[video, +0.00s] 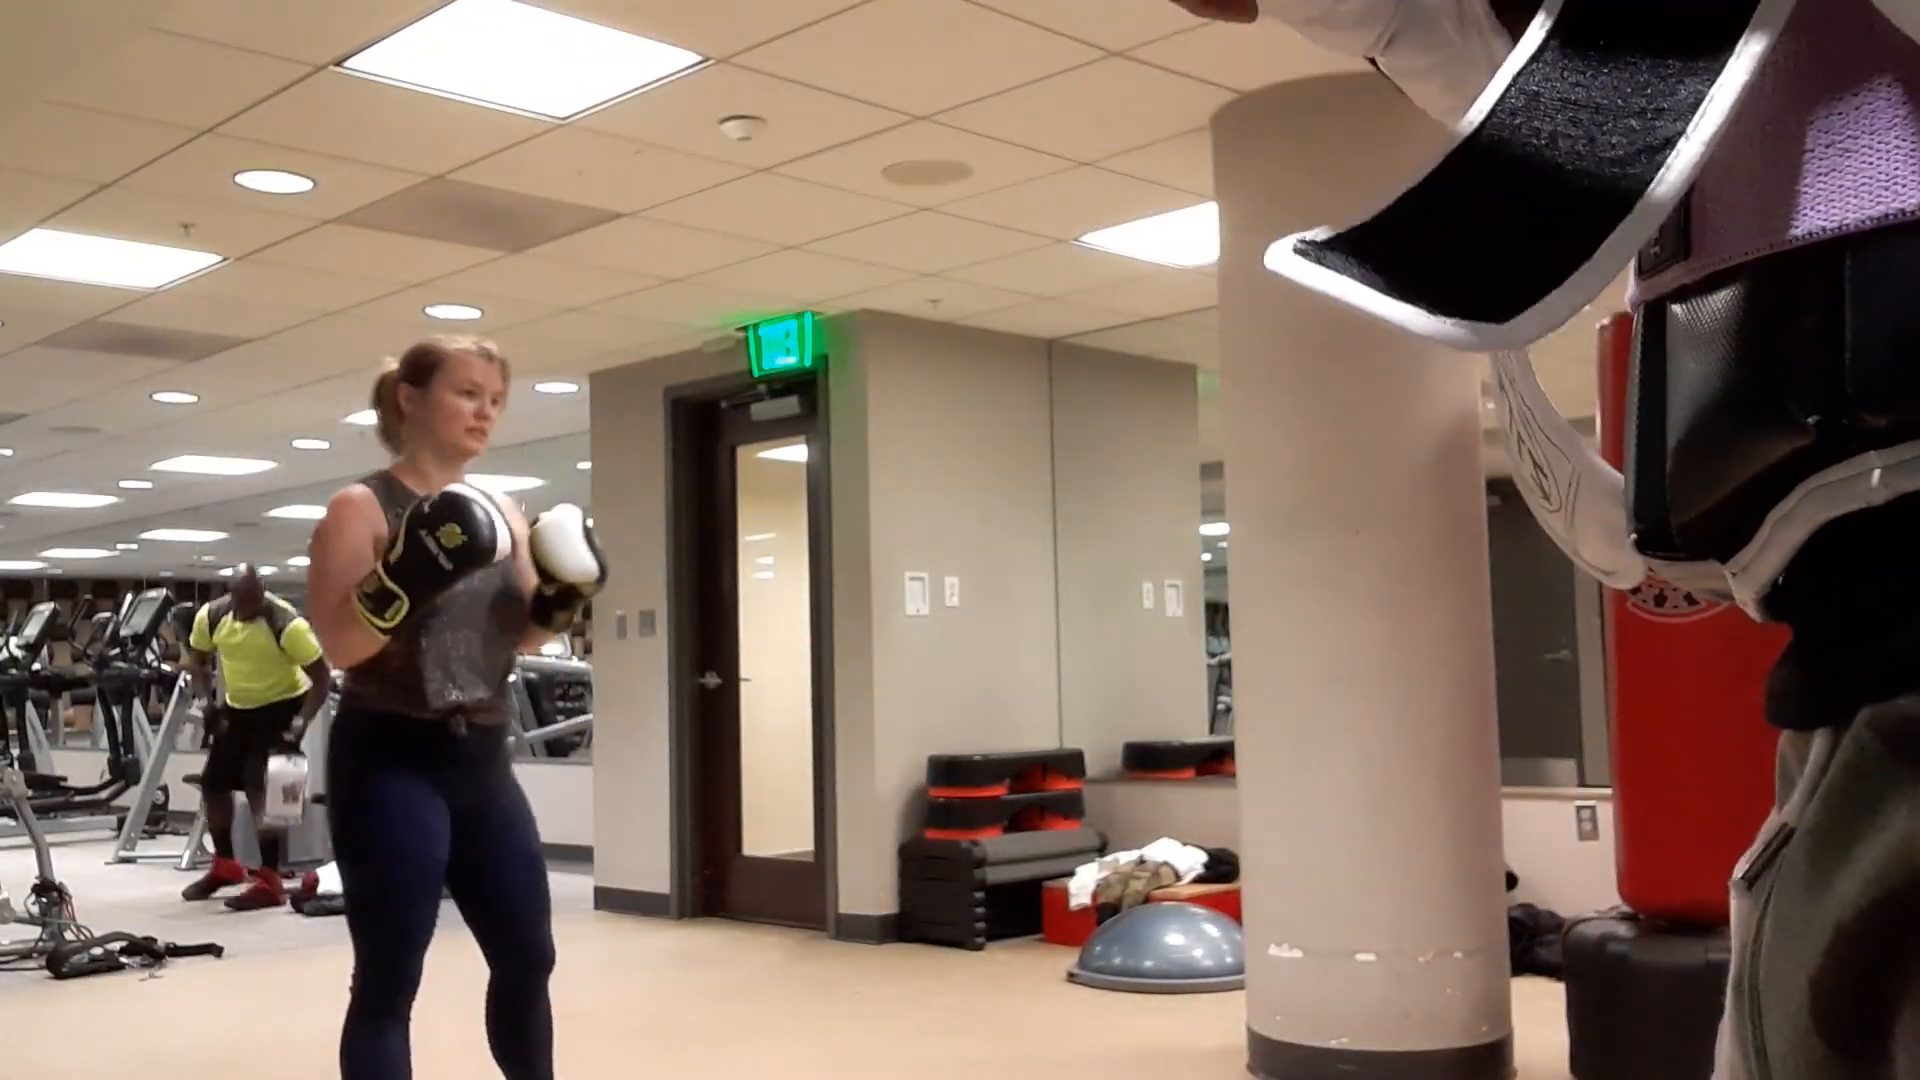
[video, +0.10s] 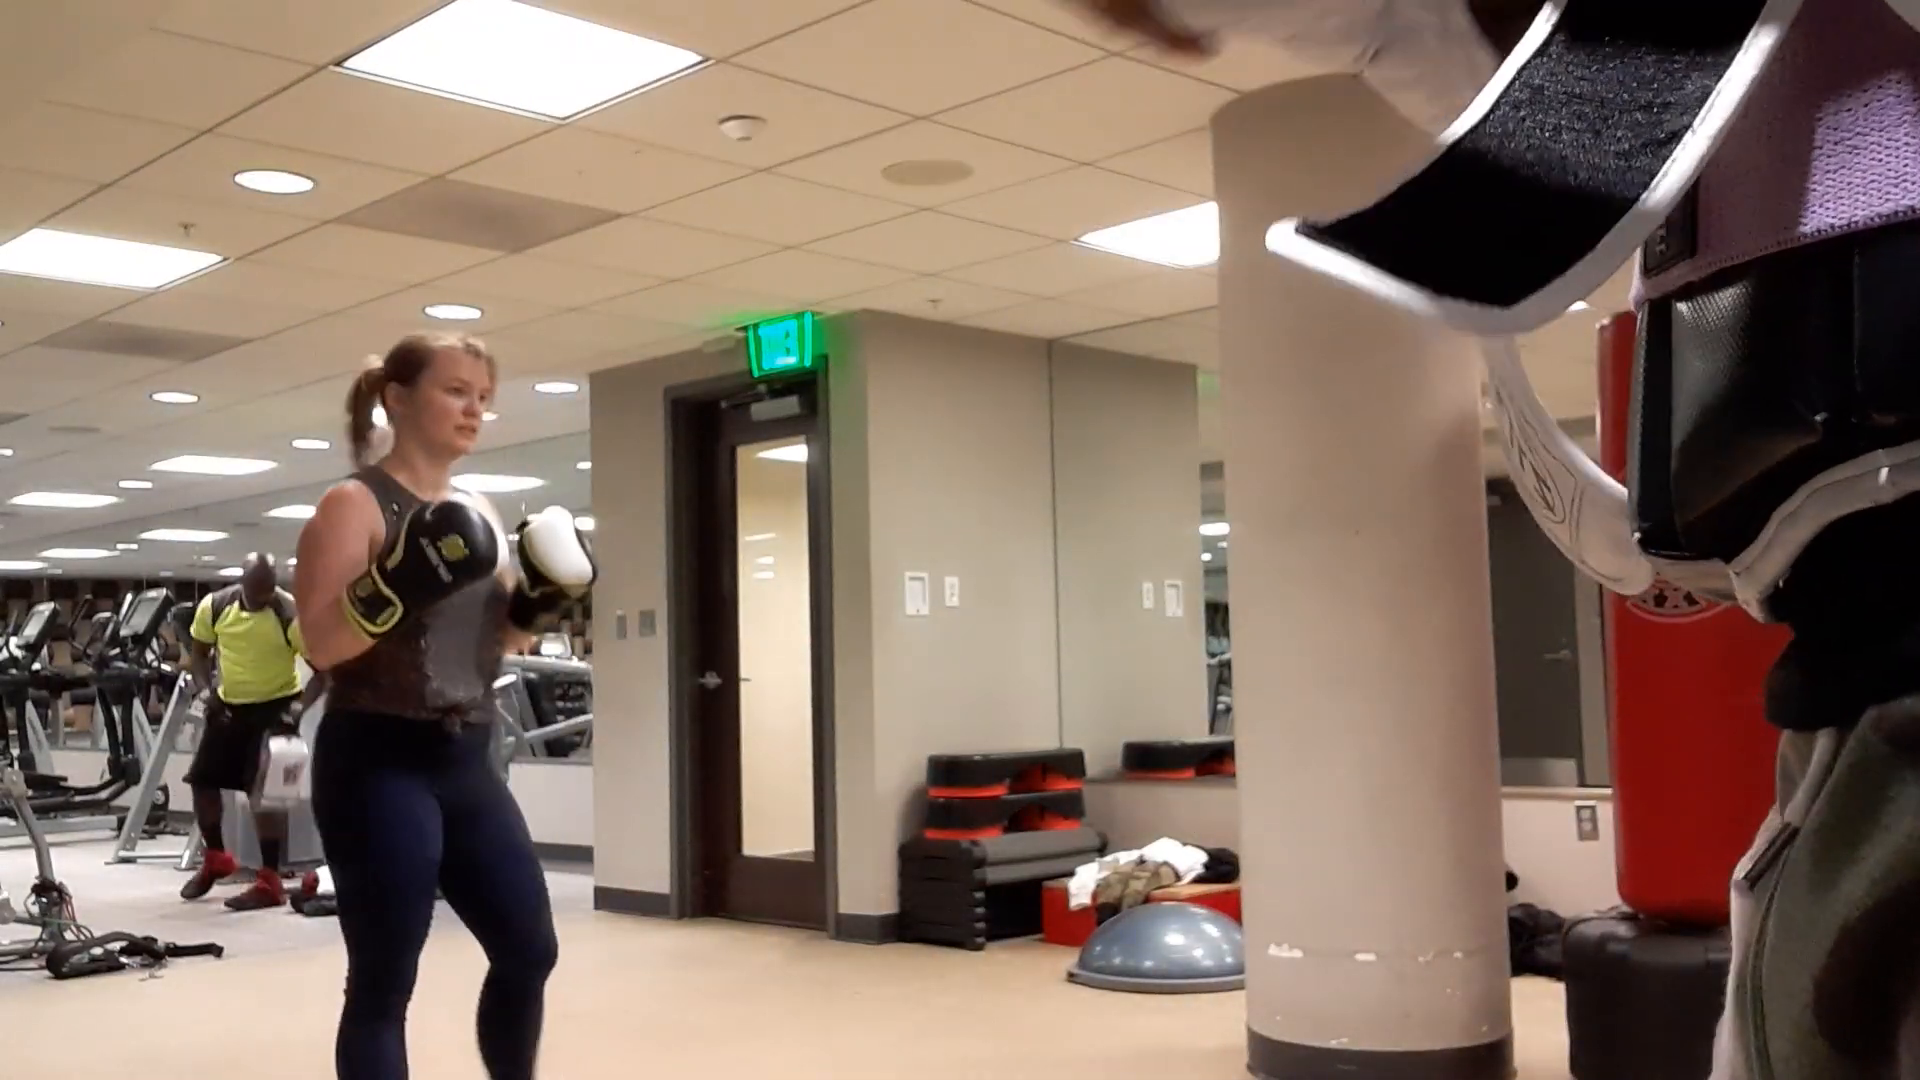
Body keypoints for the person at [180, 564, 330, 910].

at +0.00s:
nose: (242, 608)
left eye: (249, 601)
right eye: (238, 601)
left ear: (262, 594)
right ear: (229, 594)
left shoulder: (286, 625)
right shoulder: (210, 617)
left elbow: (322, 678)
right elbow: (198, 660)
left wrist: (299, 727)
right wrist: (207, 702)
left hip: (280, 710)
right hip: (237, 711)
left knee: (261, 789)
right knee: (215, 786)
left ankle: (269, 878)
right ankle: (225, 864)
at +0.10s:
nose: (262, 597)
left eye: (268, 591)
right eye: (256, 590)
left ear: (276, 585)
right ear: (242, 581)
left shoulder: (288, 612)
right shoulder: (214, 606)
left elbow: (324, 669)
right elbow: (199, 653)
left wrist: (297, 709)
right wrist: (207, 693)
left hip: (275, 709)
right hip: (229, 708)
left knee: (263, 792)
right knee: (203, 782)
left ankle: (270, 879)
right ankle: (216, 857)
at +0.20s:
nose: (267, 593)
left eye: (273, 587)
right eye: (262, 585)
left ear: (282, 582)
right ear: (248, 577)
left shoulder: (291, 608)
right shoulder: (214, 601)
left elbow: (323, 655)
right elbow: (192, 650)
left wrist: (295, 698)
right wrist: (205, 687)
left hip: (273, 708)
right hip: (225, 706)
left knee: (267, 791)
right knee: (195, 779)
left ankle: (270, 879)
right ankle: (204, 858)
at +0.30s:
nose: (265, 583)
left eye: (272, 577)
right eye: (262, 574)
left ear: (282, 580)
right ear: (251, 570)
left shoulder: (290, 609)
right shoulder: (214, 597)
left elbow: (315, 658)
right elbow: (189, 644)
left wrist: (284, 691)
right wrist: (206, 681)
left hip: (266, 709)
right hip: (217, 705)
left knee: (265, 792)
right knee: (191, 784)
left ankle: (270, 880)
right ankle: (191, 869)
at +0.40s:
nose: (259, 583)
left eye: (267, 576)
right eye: (257, 573)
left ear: (277, 579)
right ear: (249, 569)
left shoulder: (285, 608)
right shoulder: (209, 597)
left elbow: (311, 657)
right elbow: (179, 646)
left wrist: (279, 685)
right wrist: (204, 682)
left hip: (263, 708)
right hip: (213, 703)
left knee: (262, 792)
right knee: (185, 787)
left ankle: (269, 880)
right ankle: (173, 877)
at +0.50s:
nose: (253, 587)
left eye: (260, 580)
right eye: (251, 577)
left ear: (269, 578)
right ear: (240, 570)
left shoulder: (277, 608)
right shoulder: (200, 598)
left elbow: (301, 657)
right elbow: (170, 647)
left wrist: (273, 684)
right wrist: (195, 681)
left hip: (258, 709)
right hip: (205, 706)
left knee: (258, 794)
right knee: (181, 792)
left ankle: (270, 880)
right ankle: (166, 879)